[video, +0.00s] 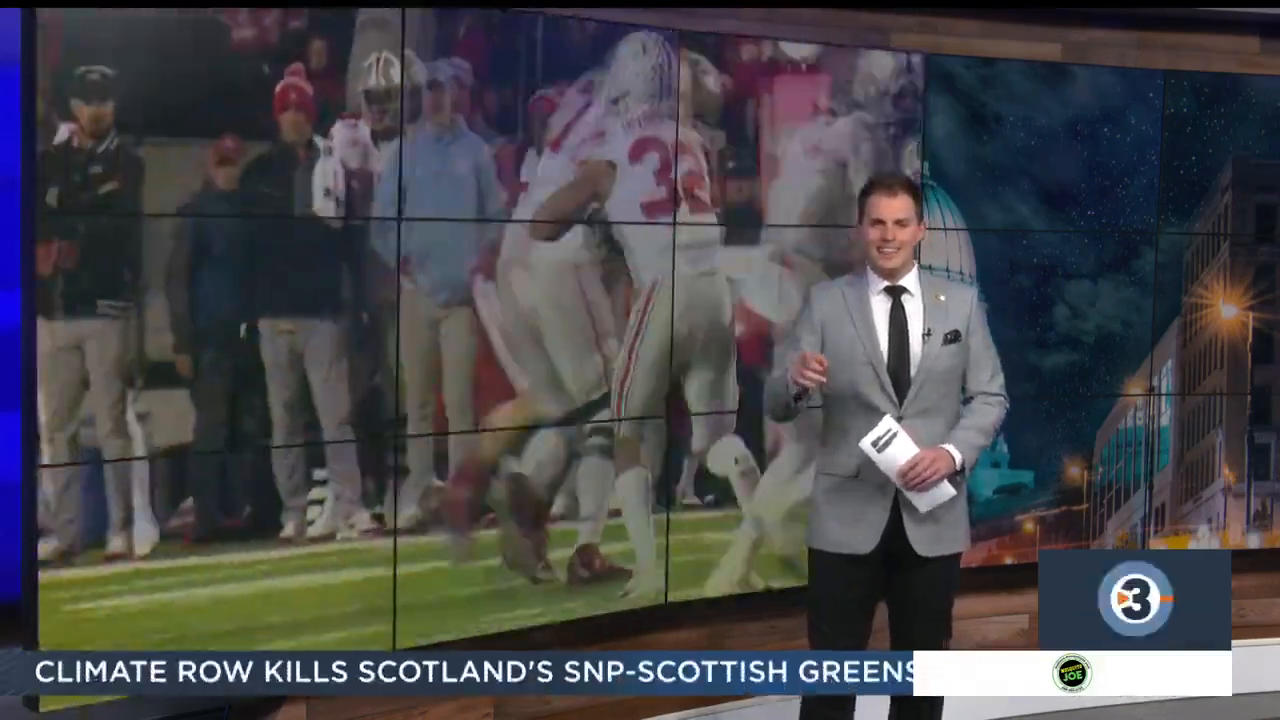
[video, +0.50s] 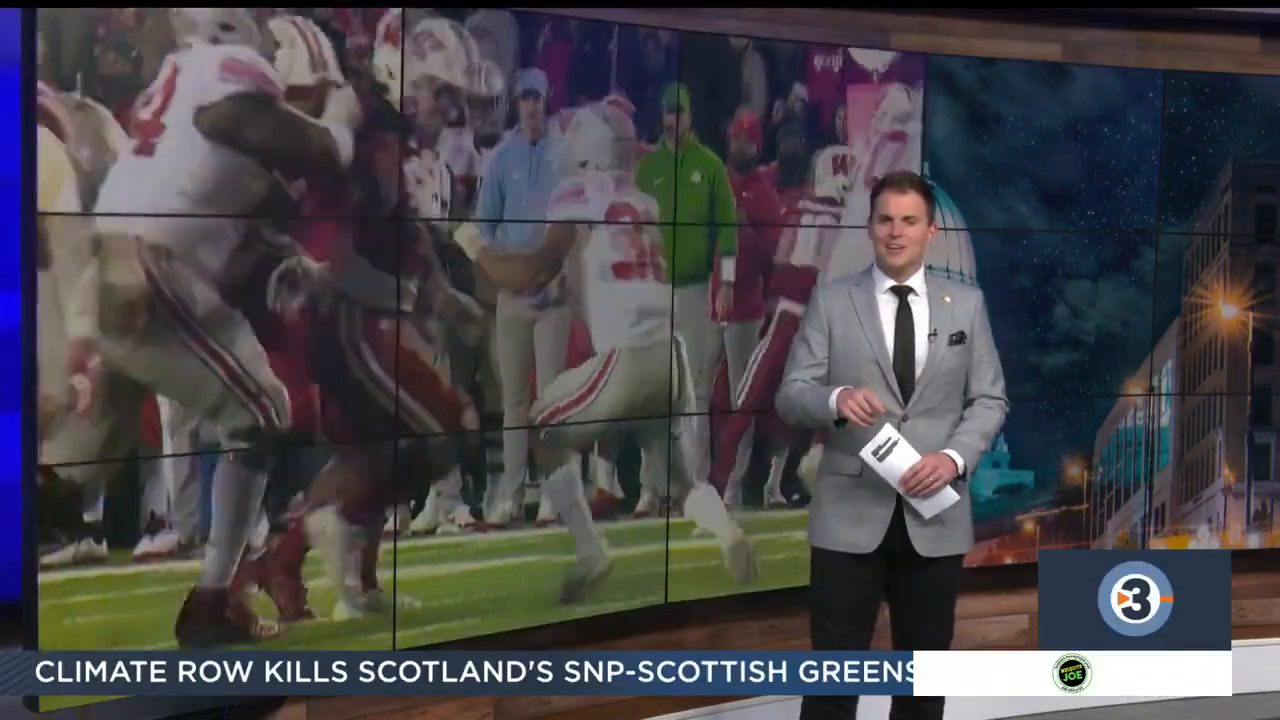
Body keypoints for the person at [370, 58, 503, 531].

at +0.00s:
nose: (435, 97)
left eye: (443, 89)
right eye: (430, 88)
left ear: (459, 95)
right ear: (422, 94)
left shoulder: (477, 150)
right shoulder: (399, 152)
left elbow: (496, 212)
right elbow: (381, 220)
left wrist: (484, 259)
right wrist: (401, 260)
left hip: (462, 281)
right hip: (416, 282)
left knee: (459, 394)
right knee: (417, 394)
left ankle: (464, 495)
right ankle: (420, 493)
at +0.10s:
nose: (482, 105)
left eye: (489, 97)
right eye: (477, 96)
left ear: (500, 103)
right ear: (467, 101)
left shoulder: (517, 155)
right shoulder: (447, 155)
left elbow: (536, 217)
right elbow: (426, 223)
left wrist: (523, 262)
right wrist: (444, 260)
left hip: (506, 285)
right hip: (460, 285)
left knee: (500, 397)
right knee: (461, 397)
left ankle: (499, 500)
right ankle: (459, 499)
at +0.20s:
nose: (504, 120)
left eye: (510, 112)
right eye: (498, 112)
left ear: (521, 117)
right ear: (488, 116)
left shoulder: (538, 166)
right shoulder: (471, 168)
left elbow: (558, 226)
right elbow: (450, 237)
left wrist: (551, 272)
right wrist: (470, 274)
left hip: (528, 300)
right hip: (484, 299)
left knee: (521, 409)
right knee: (484, 410)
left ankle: (520, 509)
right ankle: (479, 510)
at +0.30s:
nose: (520, 118)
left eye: (525, 110)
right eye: (513, 109)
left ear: (535, 115)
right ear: (503, 115)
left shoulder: (553, 165)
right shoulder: (487, 167)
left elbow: (574, 226)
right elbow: (467, 237)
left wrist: (566, 274)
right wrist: (486, 274)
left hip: (544, 299)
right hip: (499, 299)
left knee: (537, 407)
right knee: (499, 408)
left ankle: (536, 505)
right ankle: (496, 506)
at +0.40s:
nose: (530, 112)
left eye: (536, 103)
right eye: (524, 103)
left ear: (547, 108)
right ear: (516, 108)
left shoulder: (567, 160)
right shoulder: (500, 162)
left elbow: (583, 220)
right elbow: (481, 228)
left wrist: (577, 270)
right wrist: (497, 266)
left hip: (557, 289)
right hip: (512, 289)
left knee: (550, 401)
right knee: (512, 401)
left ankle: (553, 498)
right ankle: (510, 499)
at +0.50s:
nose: (529, 106)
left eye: (536, 98)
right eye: (524, 98)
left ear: (547, 103)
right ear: (516, 103)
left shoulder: (566, 153)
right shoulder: (501, 158)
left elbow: (579, 215)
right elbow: (484, 224)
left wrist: (561, 272)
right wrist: (499, 274)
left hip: (557, 288)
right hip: (511, 288)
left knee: (553, 395)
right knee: (513, 399)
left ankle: (554, 494)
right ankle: (509, 494)